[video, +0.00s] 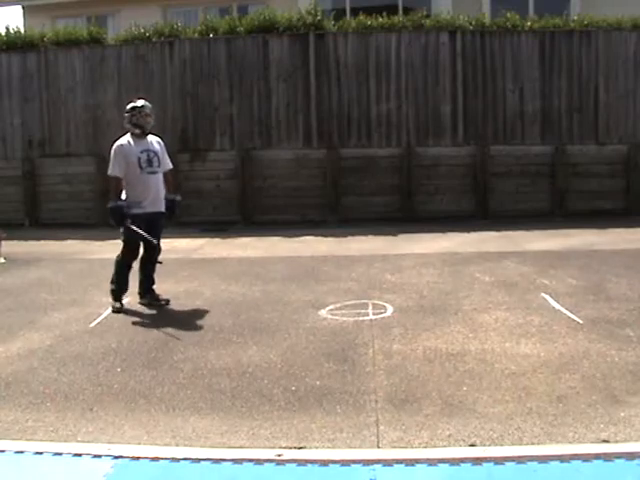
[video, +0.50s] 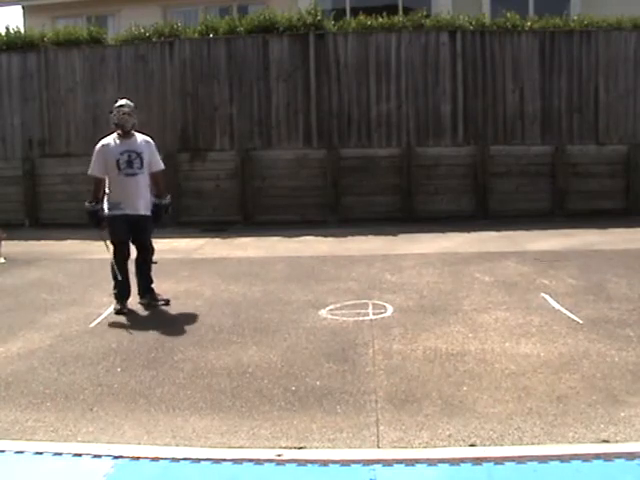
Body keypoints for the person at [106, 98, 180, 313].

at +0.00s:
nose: (145, 120)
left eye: (148, 115)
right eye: (140, 116)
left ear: (152, 118)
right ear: (130, 119)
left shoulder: (156, 142)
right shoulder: (121, 146)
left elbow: (167, 171)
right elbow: (116, 179)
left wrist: (171, 196)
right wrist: (115, 204)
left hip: (156, 207)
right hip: (133, 208)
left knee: (152, 252)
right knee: (130, 251)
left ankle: (147, 291)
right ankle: (117, 294)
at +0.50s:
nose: (125, 119)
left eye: (129, 115)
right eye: (120, 115)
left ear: (134, 118)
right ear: (114, 119)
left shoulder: (146, 143)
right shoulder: (104, 147)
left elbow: (156, 173)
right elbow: (99, 180)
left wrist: (162, 198)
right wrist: (95, 207)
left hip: (142, 208)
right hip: (117, 209)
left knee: (146, 251)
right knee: (121, 254)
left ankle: (146, 292)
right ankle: (121, 297)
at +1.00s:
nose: (110, 119)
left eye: (114, 114)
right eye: (106, 115)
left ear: (121, 117)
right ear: (99, 118)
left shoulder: (134, 142)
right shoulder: (90, 148)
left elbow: (146, 171)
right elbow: (85, 180)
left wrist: (150, 195)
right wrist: (82, 207)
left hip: (133, 210)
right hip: (107, 212)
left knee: (142, 252)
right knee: (115, 257)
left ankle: (146, 293)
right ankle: (120, 298)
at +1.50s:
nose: (113, 120)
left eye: (116, 116)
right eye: (107, 116)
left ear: (121, 118)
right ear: (98, 119)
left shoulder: (131, 142)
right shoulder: (89, 148)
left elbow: (143, 173)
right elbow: (84, 181)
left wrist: (150, 197)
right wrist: (87, 209)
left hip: (132, 209)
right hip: (106, 213)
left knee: (143, 251)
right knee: (114, 257)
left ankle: (147, 290)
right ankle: (120, 298)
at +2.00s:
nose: (111, 121)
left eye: (114, 116)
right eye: (106, 117)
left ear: (119, 118)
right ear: (97, 120)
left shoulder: (129, 143)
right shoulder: (87, 149)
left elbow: (141, 173)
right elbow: (83, 182)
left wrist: (149, 197)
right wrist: (83, 209)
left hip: (130, 210)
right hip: (105, 213)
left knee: (139, 252)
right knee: (114, 258)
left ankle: (144, 291)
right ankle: (120, 298)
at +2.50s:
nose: (116, 131)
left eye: (119, 126)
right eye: (111, 127)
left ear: (124, 124)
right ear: (103, 127)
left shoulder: (134, 143)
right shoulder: (93, 149)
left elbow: (144, 173)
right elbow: (87, 182)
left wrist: (146, 197)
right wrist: (89, 201)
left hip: (133, 209)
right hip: (109, 212)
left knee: (140, 248)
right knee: (117, 254)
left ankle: (133, 283)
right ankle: (120, 298)